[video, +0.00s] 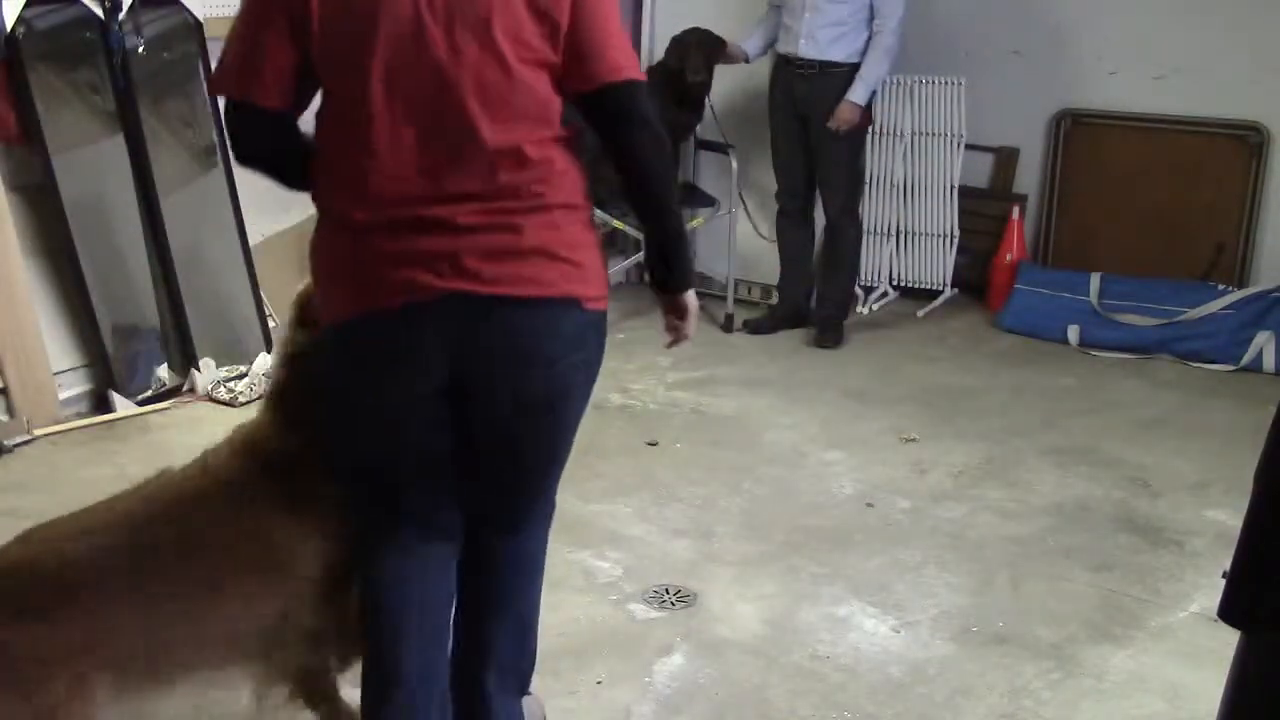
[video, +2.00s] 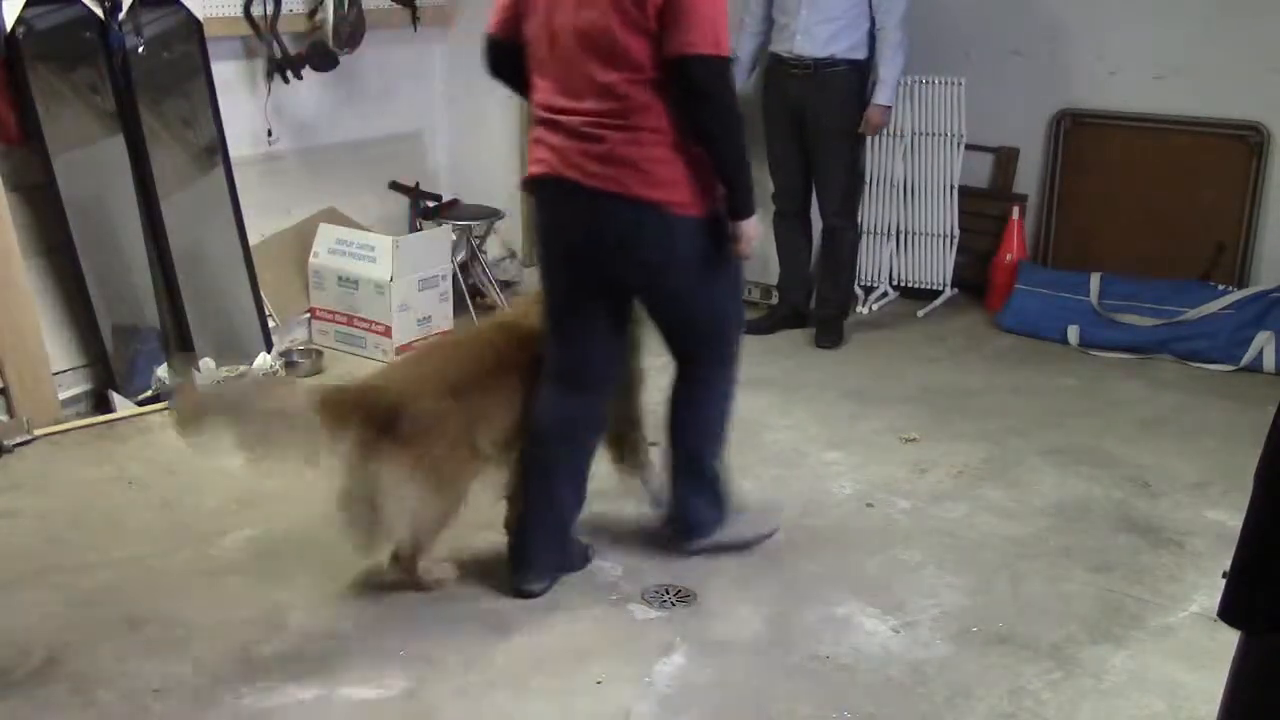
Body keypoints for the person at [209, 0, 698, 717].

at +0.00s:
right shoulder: (558, 1)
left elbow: (252, 124)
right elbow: (626, 110)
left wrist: (350, 176)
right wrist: (672, 265)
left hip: (376, 303)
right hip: (541, 298)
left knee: (407, 531)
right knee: (514, 527)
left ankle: (406, 709)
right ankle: (495, 705)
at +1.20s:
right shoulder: (566, 1)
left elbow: (316, 88)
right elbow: (603, 101)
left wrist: (409, 135)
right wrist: (649, 245)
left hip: (407, 241)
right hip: (534, 244)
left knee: (437, 459)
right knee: (516, 471)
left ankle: (450, 651)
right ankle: (489, 676)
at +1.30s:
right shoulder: (578, 2)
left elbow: (330, 83)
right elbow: (620, 103)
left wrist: (421, 132)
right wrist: (667, 250)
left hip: (417, 230)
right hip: (540, 235)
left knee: (487, 433)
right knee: (519, 473)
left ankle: (496, 594)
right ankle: (486, 679)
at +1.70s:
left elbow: (420, 74)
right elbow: (681, 91)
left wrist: (504, 121)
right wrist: (724, 204)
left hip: (492, 200)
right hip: (595, 213)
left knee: (527, 391)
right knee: (578, 418)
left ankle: (541, 540)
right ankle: (499, 628)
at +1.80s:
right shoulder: (649, 1)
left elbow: (443, 61)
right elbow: (679, 79)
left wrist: (525, 110)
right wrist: (726, 201)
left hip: (510, 187)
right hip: (614, 198)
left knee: (557, 377)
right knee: (637, 393)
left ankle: (543, 547)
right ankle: (541, 558)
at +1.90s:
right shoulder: (666, 1)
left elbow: (470, 54)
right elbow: (684, 76)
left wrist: (548, 104)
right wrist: (730, 203)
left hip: (534, 182)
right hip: (633, 191)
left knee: (562, 376)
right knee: (684, 361)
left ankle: (537, 560)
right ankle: (611, 529)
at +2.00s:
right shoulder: (687, 1)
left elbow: (501, 52)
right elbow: (698, 75)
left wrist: (572, 103)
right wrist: (740, 202)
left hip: (560, 181)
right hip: (656, 189)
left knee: (577, 371)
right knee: (710, 345)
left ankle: (538, 553)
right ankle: (697, 514)